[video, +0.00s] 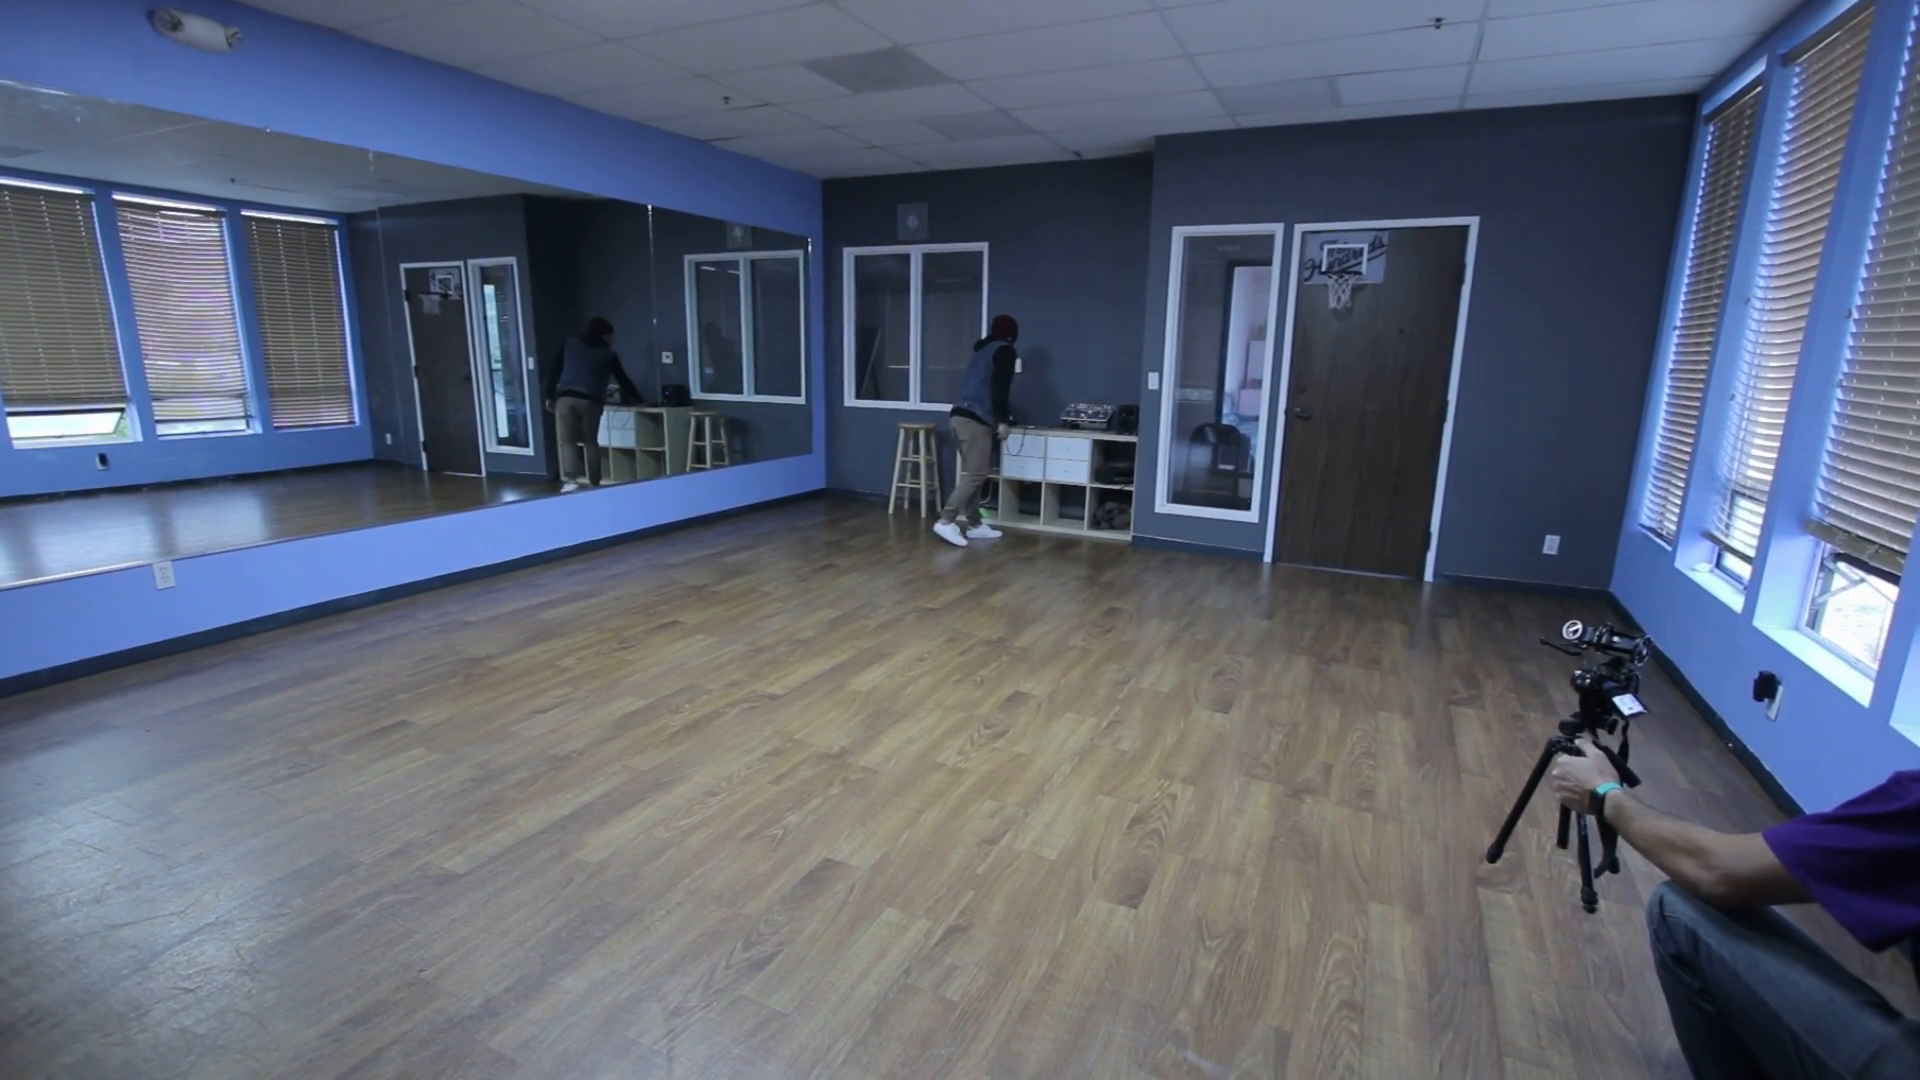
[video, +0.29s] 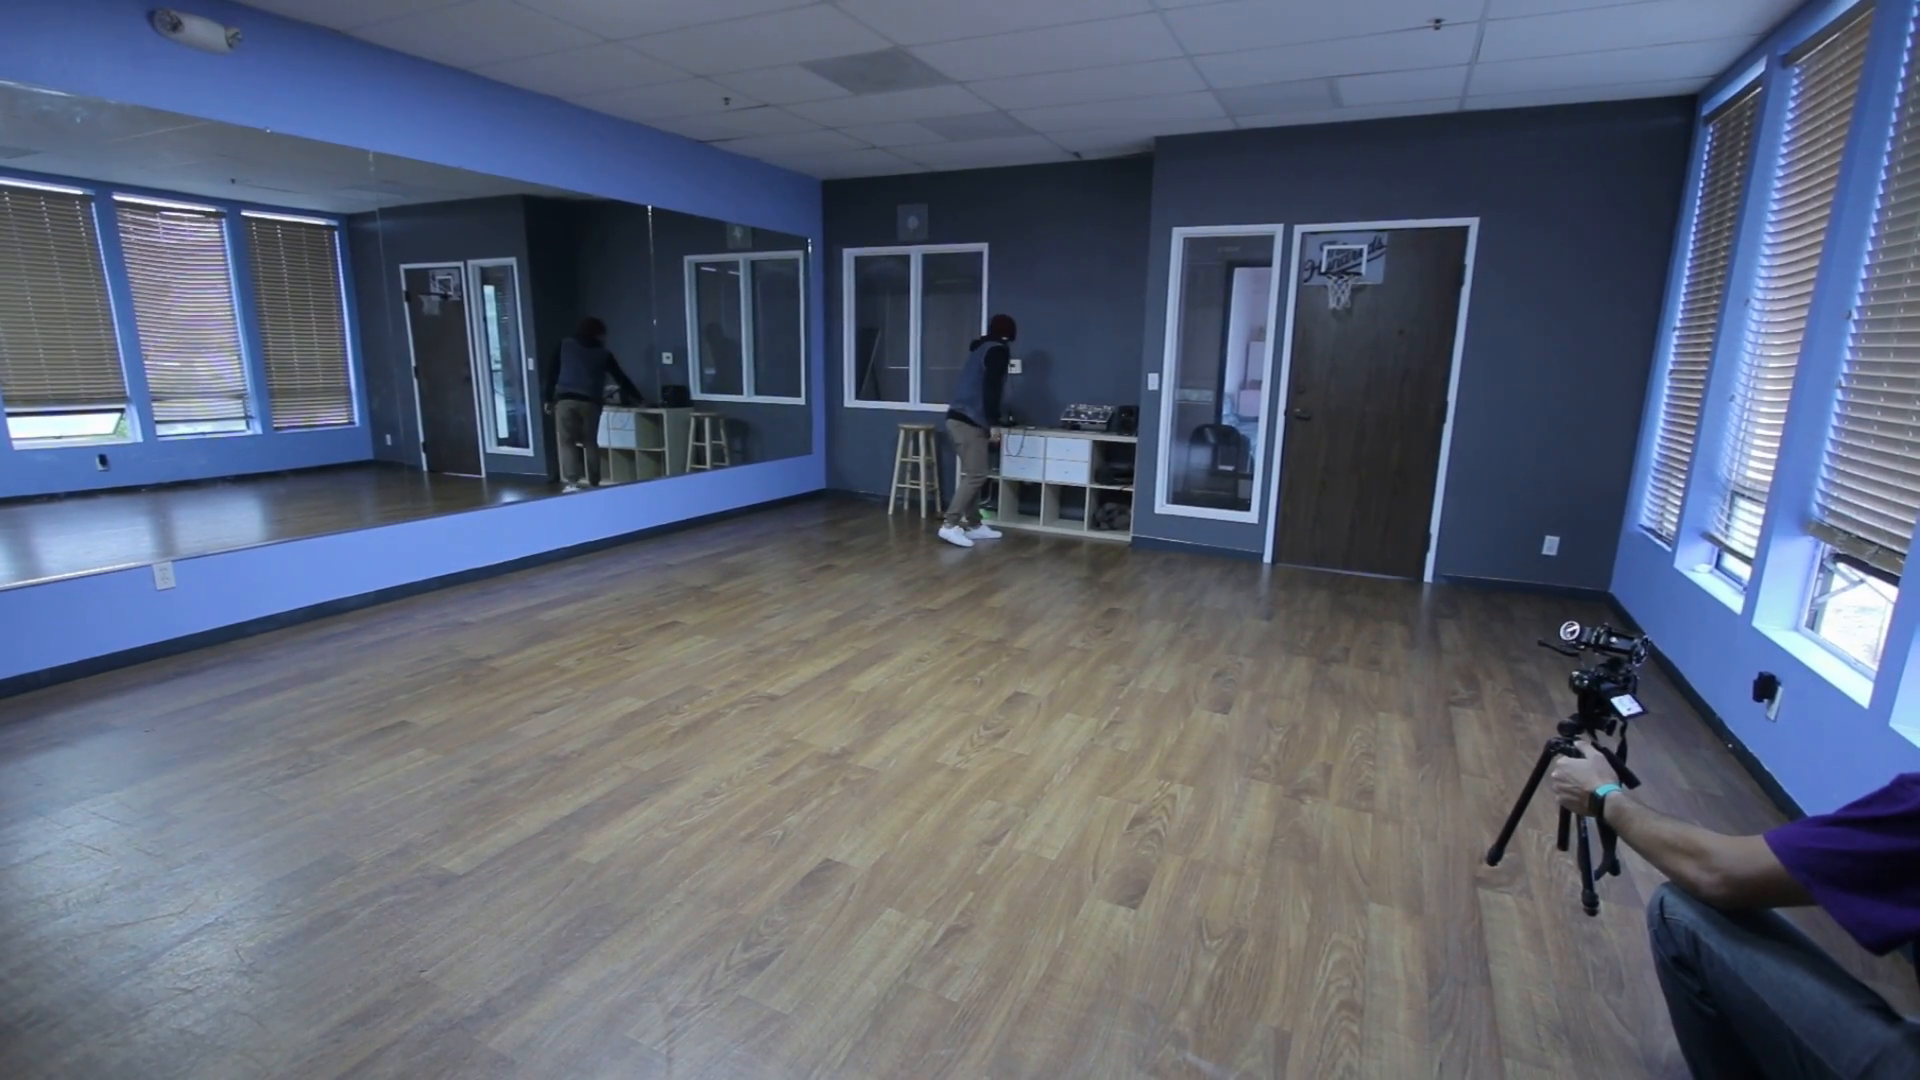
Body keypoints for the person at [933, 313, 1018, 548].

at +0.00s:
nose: (1015, 338)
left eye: (1013, 334)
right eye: (1014, 334)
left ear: (993, 331)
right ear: (1012, 334)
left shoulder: (983, 349)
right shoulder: (1004, 350)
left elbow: (981, 386)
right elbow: (1000, 386)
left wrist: (996, 418)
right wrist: (1003, 420)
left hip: (960, 416)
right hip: (975, 419)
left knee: (973, 473)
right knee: (976, 474)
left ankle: (973, 523)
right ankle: (946, 521)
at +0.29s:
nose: (1012, 340)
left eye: (1012, 336)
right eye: (1012, 336)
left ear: (991, 330)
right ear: (1008, 335)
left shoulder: (982, 347)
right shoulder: (997, 350)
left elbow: (983, 388)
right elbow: (992, 387)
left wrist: (990, 423)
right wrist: (994, 424)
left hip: (960, 418)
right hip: (969, 420)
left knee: (972, 474)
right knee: (976, 474)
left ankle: (973, 524)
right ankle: (950, 525)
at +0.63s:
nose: (1009, 339)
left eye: (1009, 334)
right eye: (1008, 334)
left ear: (990, 328)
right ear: (1002, 332)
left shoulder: (988, 349)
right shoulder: (985, 350)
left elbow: (985, 390)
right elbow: (977, 388)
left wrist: (990, 421)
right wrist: (980, 425)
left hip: (969, 423)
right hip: (959, 423)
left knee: (975, 475)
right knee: (967, 475)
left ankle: (974, 524)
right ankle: (950, 529)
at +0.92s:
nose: (1003, 336)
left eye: (1002, 331)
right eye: (1001, 331)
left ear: (986, 329)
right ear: (990, 330)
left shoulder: (988, 355)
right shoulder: (968, 353)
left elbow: (985, 397)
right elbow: (957, 395)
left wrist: (984, 432)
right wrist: (960, 431)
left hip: (973, 428)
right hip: (954, 428)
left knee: (974, 480)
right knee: (965, 481)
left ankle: (972, 526)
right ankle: (950, 533)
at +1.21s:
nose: (994, 336)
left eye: (994, 331)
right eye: (992, 331)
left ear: (979, 331)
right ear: (979, 331)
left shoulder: (985, 359)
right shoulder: (950, 359)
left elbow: (991, 395)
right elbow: (937, 400)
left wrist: (993, 427)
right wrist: (937, 438)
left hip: (979, 433)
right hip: (954, 435)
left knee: (985, 481)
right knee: (965, 483)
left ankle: (987, 529)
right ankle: (949, 535)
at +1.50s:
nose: (980, 324)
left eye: (983, 319)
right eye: (974, 319)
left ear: (985, 321)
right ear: (960, 320)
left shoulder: (989, 351)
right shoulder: (943, 351)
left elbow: (997, 391)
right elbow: (934, 393)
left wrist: (999, 426)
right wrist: (945, 428)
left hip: (983, 427)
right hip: (954, 428)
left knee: (988, 481)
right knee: (954, 483)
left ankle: (993, 532)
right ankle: (949, 534)